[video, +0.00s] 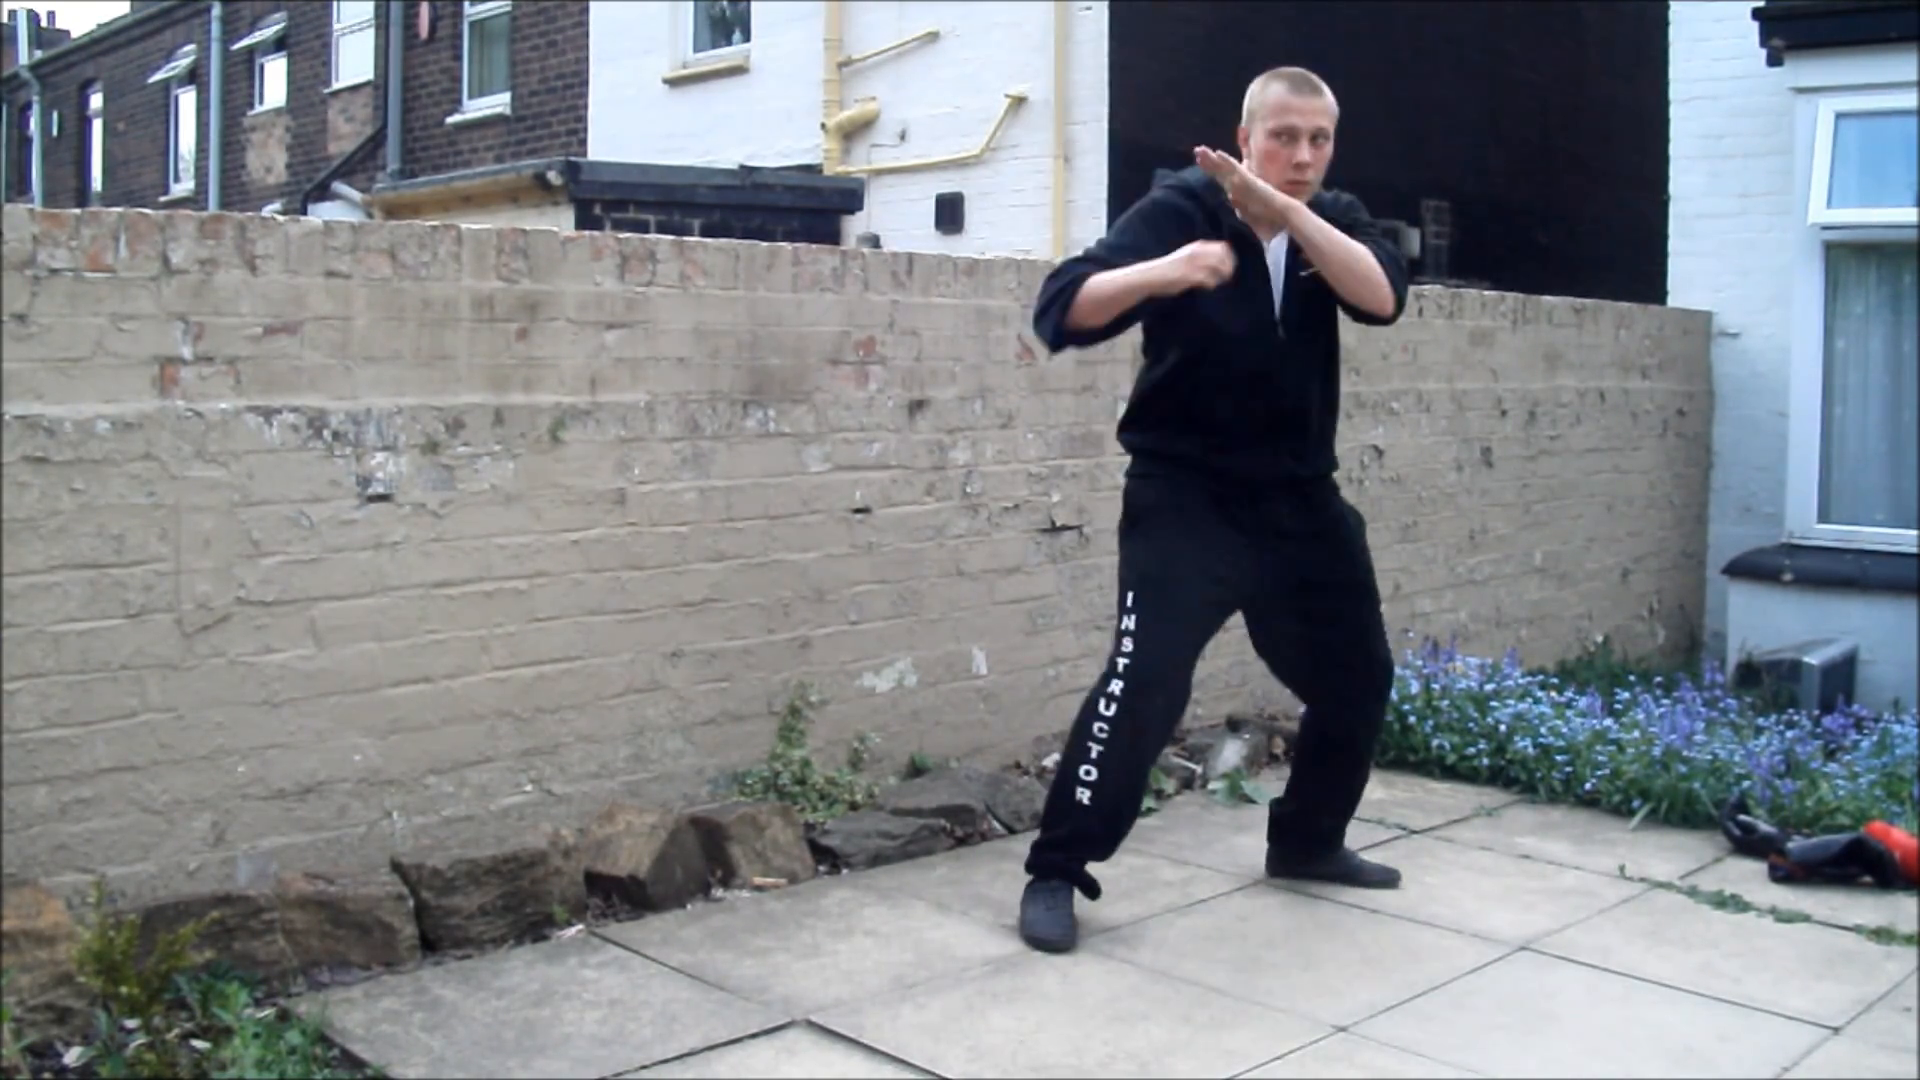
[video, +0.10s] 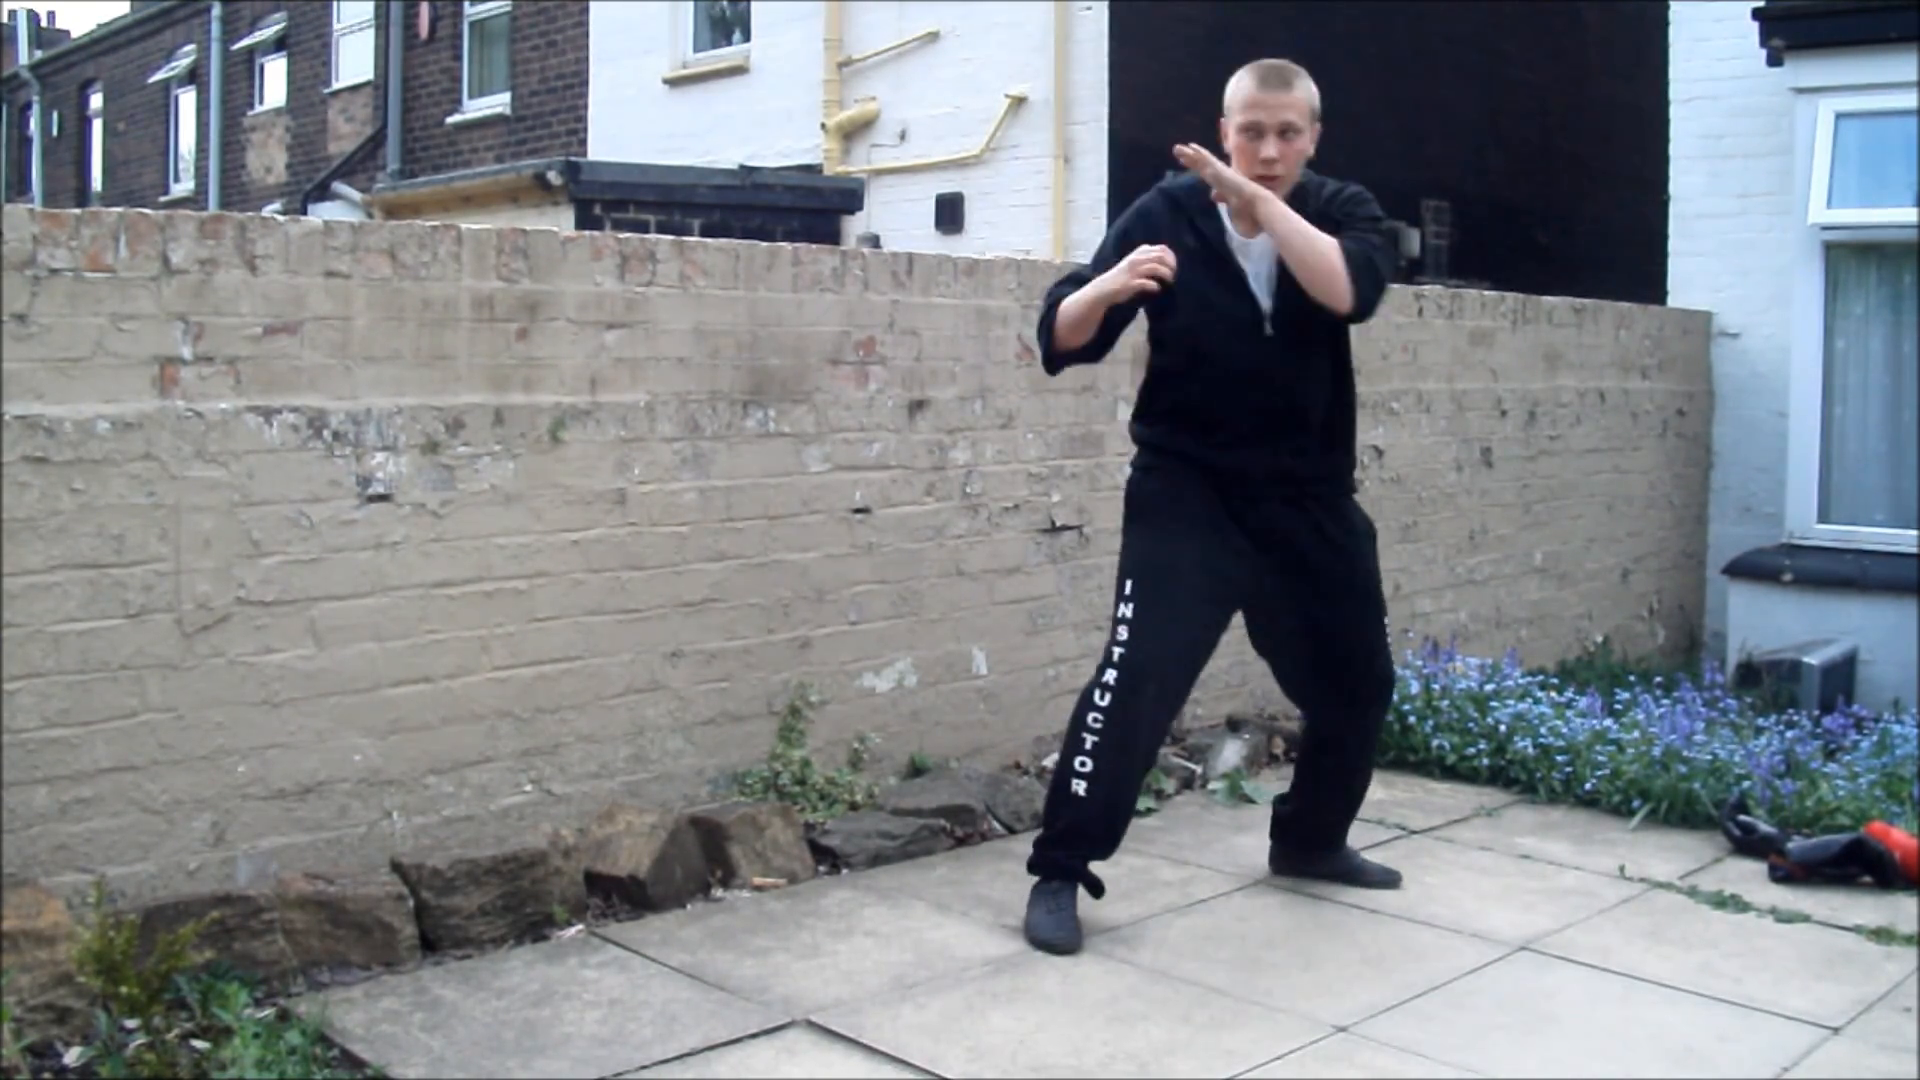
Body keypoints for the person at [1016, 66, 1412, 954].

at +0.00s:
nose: (1303, 154)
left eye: (1319, 139)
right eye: (1284, 137)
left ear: (1332, 147)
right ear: (1243, 142)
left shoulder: (1338, 220)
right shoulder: (1184, 208)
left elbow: (1383, 299)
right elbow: (1060, 311)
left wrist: (1289, 215)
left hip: (1300, 502)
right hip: (1183, 499)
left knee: (1359, 678)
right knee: (1145, 681)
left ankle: (1305, 845)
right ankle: (1056, 873)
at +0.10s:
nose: (1268, 151)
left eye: (1287, 134)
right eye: (1251, 133)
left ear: (1313, 137)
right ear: (1220, 133)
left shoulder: (1344, 209)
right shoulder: (1167, 211)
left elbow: (1354, 292)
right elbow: (1056, 338)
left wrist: (1258, 205)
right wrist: (1105, 291)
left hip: (1310, 500)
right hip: (1186, 496)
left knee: (1359, 682)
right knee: (1141, 673)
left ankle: (1308, 843)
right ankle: (1060, 873)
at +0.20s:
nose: (1208, 167)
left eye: (1226, 149)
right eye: (1193, 151)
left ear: (1269, 149)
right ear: (1177, 153)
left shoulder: (1322, 219)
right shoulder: (1157, 236)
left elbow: (1295, 328)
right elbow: (1094, 378)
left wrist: (1208, 227)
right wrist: (1122, 297)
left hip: (1303, 512)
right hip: (1177, 507)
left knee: (1357, 699)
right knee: (1125, 676)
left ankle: (1339, 816)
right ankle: (1067, 875)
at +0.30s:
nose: (1166, 231)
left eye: (1186, 209)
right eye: (1155, 210)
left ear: (1236, 203)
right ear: (1143, 210)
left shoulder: (1304, 269)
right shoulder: (1146, 281)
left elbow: (1273, 428)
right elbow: (1131, 440)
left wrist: (1192, 316)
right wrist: (1138, 347)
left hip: (1297, 533)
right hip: (1177, 526)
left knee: (1355, 711)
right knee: (1116, 686)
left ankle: (1341, 821)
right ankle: (1076, 878)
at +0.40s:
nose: (1169, 244)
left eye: (1191, 223)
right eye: (1157, 222)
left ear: (1239, 218)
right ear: (1144, 219)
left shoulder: (1307, 282)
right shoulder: (1138, 281)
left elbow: (1295, 449)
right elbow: (1114, 451)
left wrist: (1209, 350)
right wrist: (1135, 377)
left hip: (1290, 538)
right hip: (1169, 529)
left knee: (1336, 708)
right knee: (1120, 686)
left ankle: (1332, 830)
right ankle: (1075, 880)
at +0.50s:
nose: (1191, 164)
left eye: (1211, 145)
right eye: (1178, 143)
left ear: (1256, 144)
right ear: (1164, 141)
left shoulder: (1315, 223)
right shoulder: (1137, 216)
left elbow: (1301, 382)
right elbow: (1090, 388)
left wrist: (1227, 268)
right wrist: (1133, 317)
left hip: (1274, 502)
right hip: (1150, 496)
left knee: (1314, 681)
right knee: (1111, 676)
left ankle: (1329, 827)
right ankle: (1070, 875)